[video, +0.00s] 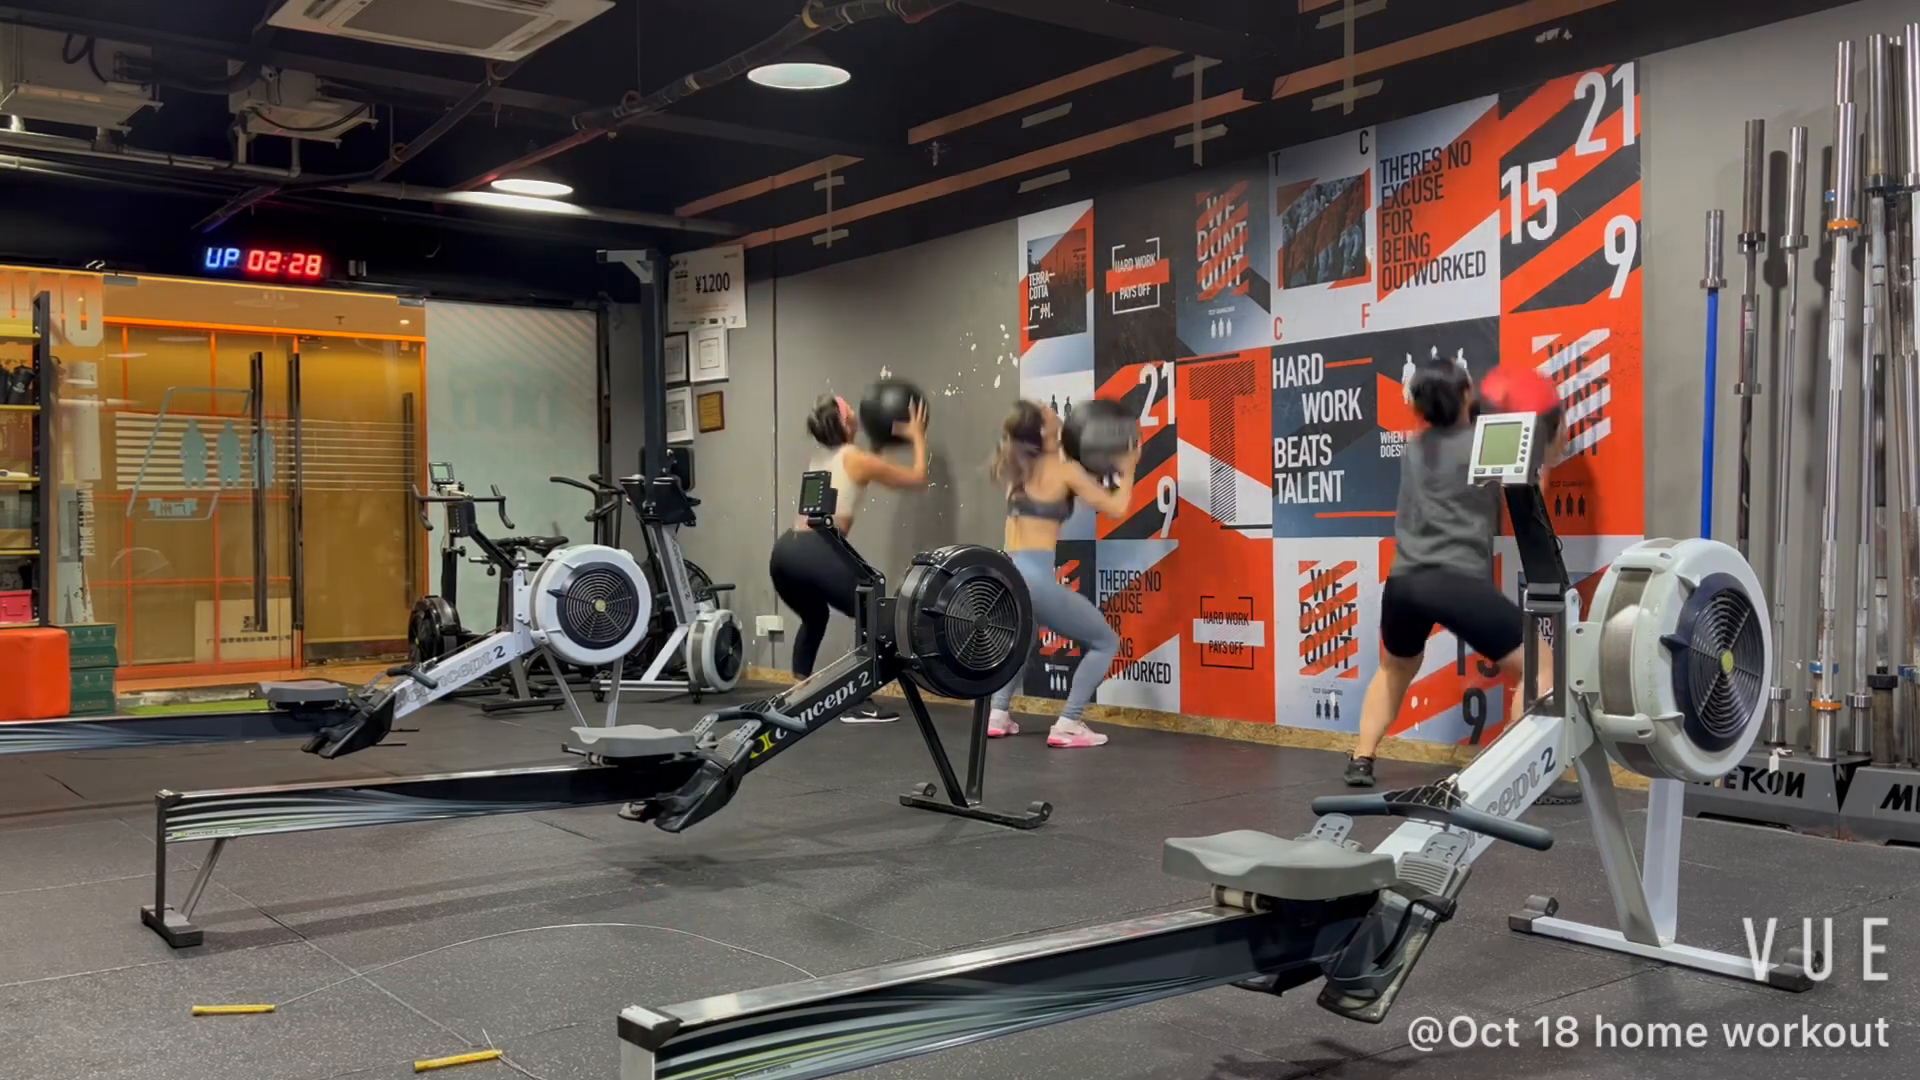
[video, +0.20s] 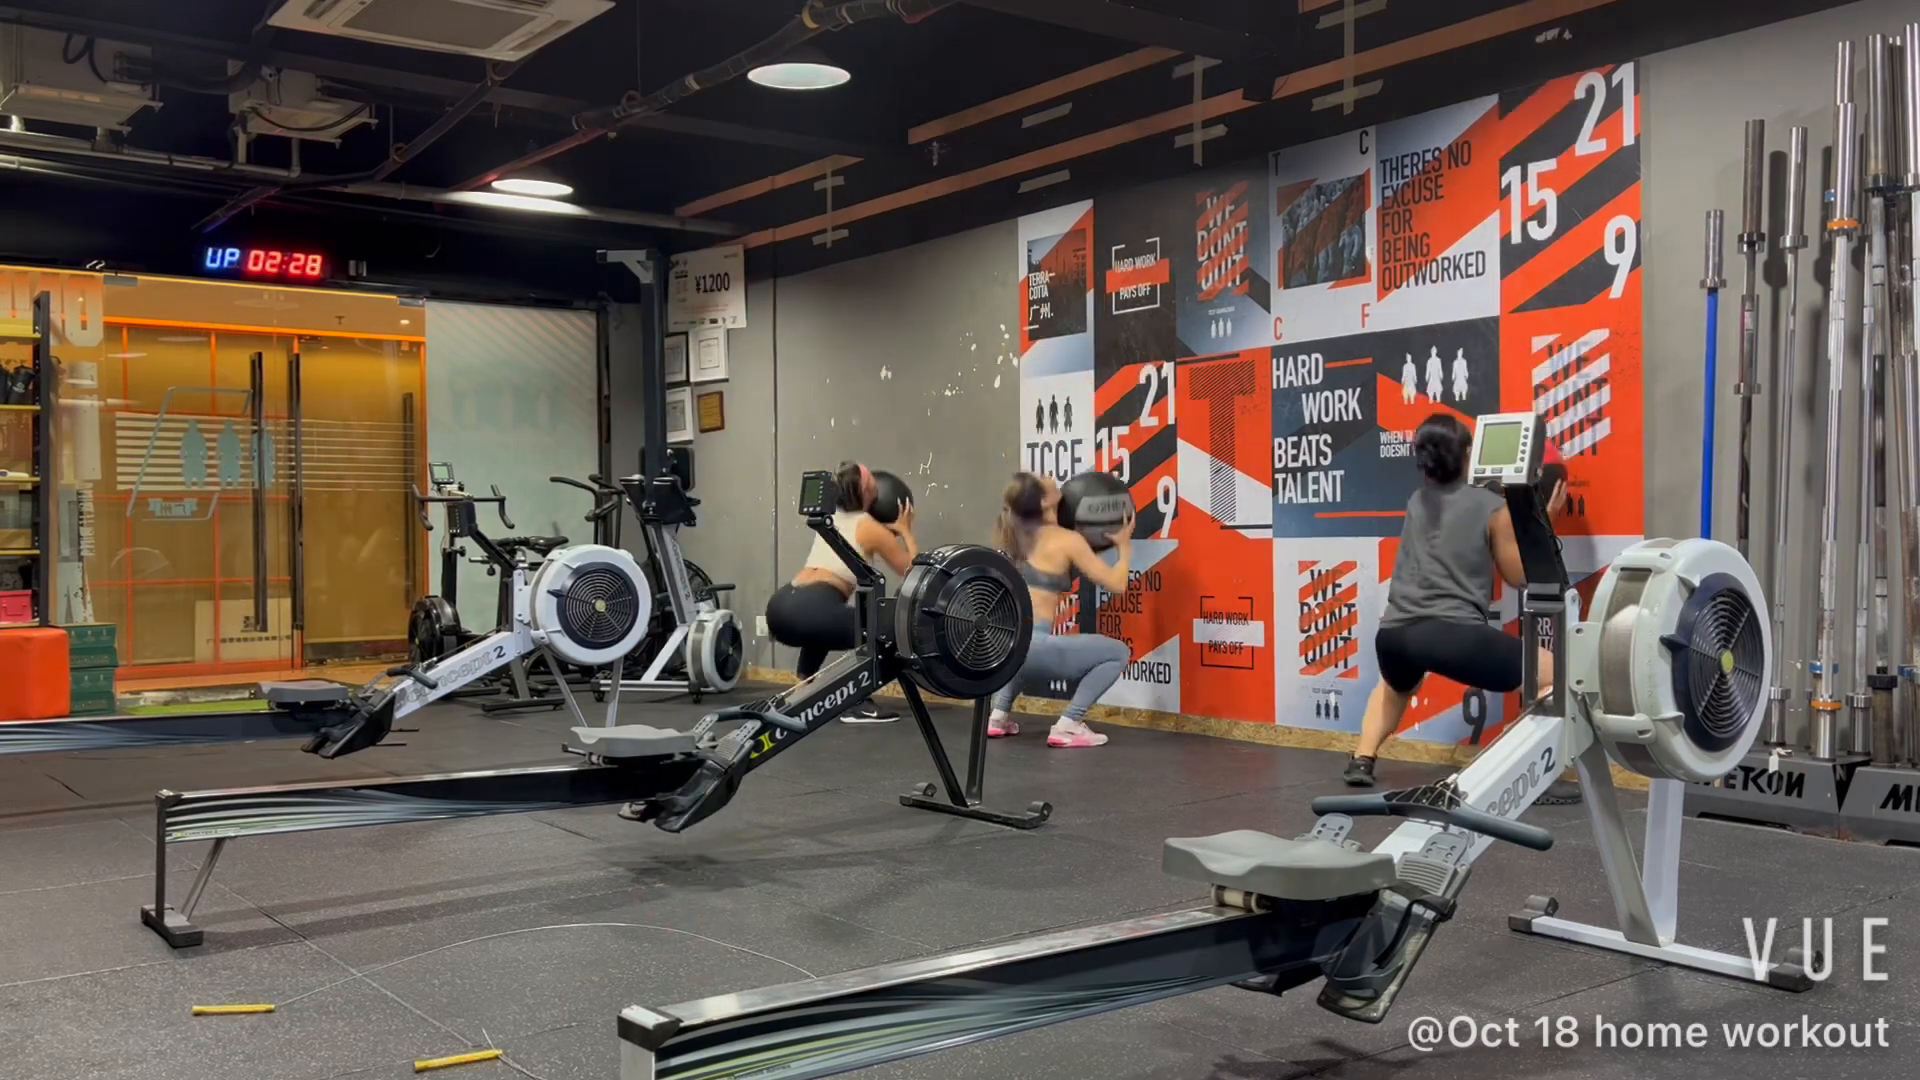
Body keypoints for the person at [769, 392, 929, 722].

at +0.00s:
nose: (851, 408)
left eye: (846, 405)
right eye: (847, 408)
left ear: (824, 429)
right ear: (844, 423)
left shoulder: (819, 460)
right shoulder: (856, 460)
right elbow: (918, 479)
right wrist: (918, 437)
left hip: (785, 553)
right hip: (819, 552)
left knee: (815, 619)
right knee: (874, 612)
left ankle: (798, 696)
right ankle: (856, 701)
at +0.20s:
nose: (875, 482)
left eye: (871, 477)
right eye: (870, 480)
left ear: (843, 490)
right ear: (863, 491)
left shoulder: (830, 518)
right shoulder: (869, 526)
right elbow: (911, 570)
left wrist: (887, 530)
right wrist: (907, 532)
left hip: (781, 609)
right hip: (819, 611)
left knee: (831, 620)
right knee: (886, 630)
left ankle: (804, 693)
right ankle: (856, 701)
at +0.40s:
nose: (879, 496)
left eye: (875, 491)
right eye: (874, 493)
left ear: (846, 502)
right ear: (867, 503)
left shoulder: (832, 528)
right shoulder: (871, 539)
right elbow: (908, 587)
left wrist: (886, 544)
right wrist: (910, 549)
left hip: (777, 620)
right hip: (815, 623)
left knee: (829, 612)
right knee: (887, 631)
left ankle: (804, 691)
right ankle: (856, 701)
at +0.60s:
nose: (878, 458)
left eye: (874, 454)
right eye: (873, 457)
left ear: (849, 472)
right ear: (866, 470)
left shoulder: (836, 499)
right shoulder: (873, 505)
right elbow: (912, 556)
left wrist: (889, 511)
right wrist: (914, 516)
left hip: (777, 580)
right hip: (813, 582)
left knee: (827, 620)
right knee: (884, 619)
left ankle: (804, 693)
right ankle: (857, 700)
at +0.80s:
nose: (867, 403)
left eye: (863, 400)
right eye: (863, 403)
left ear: (844, 421)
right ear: (860, 417)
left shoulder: (833, 453)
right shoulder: (869, 455)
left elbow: (862, 481)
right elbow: (916, 495)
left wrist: (889, 455)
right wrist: (909, 456)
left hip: (793, 544)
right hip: (820, 544)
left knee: (824, 616)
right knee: (873, 606)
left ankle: (800, 691)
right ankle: (858, 698)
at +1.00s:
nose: (846, 351)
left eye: (840, 348)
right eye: (841, 350)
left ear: (822, 371)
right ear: (838, 365)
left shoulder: (825, 400)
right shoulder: (853, 398)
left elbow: (856, 381)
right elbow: (913, 382)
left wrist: (871, 339)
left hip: (814, 497)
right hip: (846, 498)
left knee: (812, 587)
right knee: (859, 588)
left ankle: (802, 674)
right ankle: (867, 680)